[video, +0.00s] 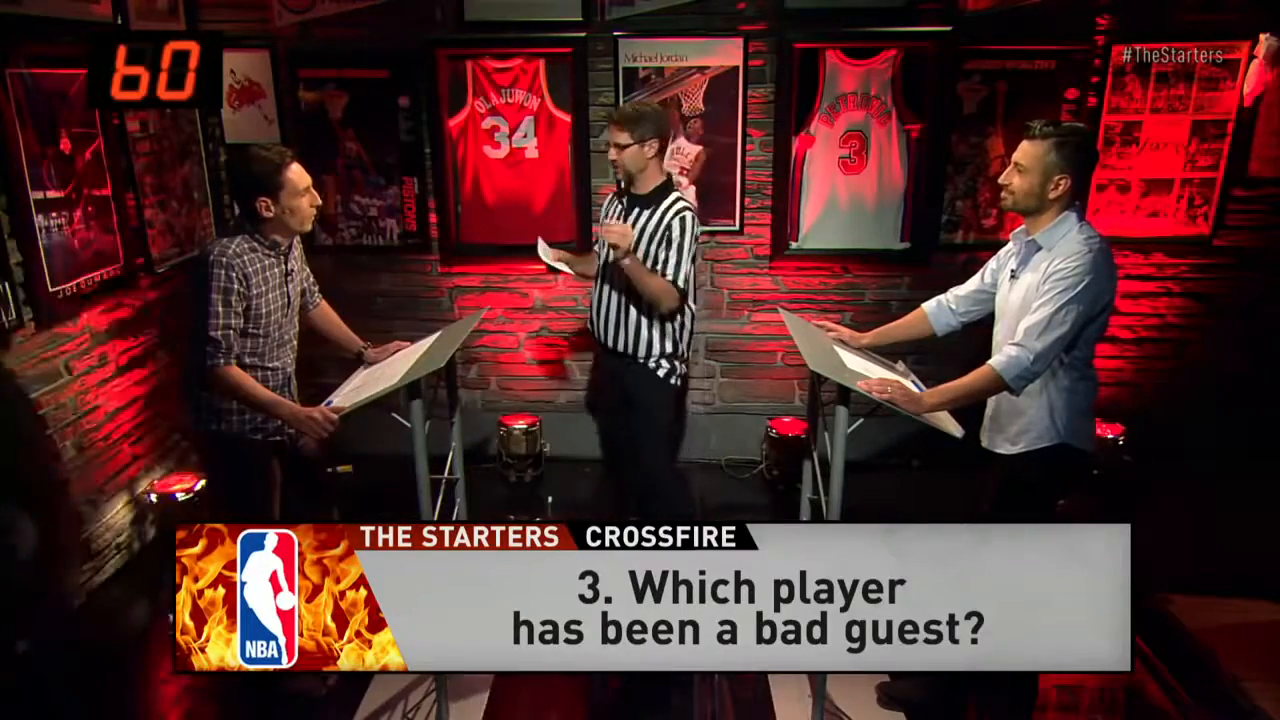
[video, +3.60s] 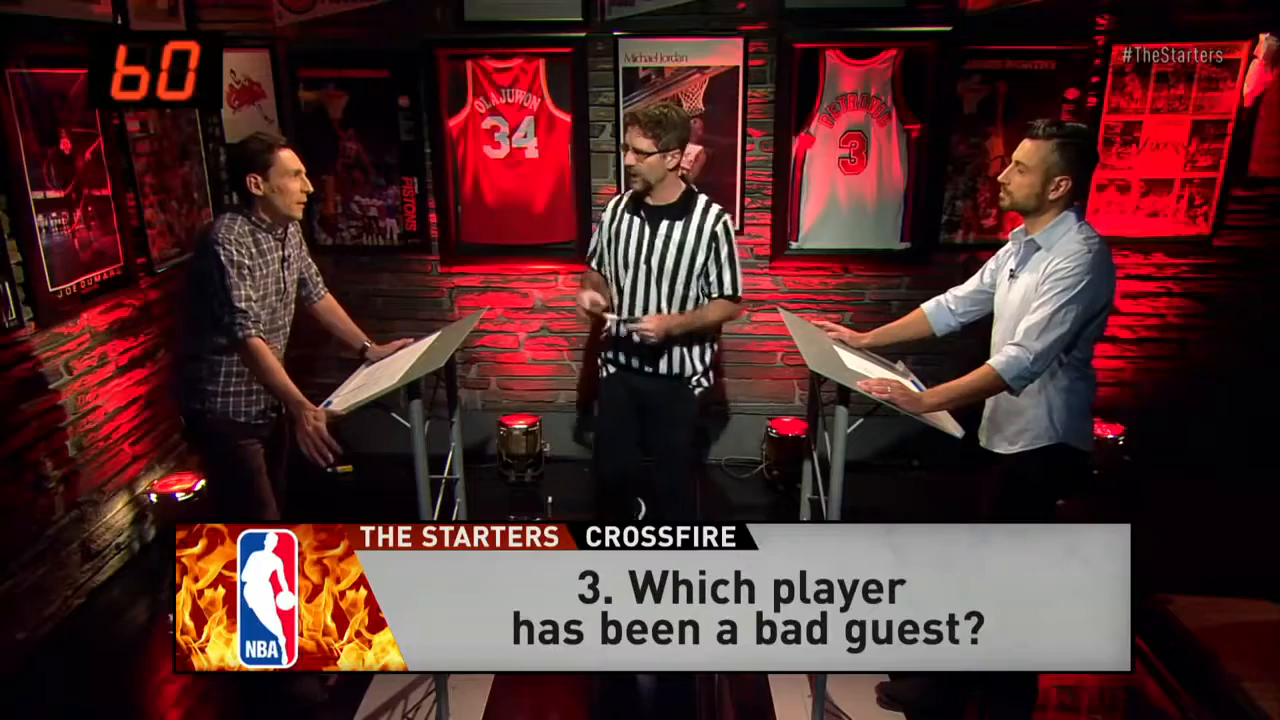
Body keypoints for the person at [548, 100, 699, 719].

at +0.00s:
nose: (612, 157)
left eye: (621, 148)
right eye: (609, 147)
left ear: (654, 148)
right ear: (621, 149)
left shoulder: (677, 214)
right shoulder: (617, 201)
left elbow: (668, 299)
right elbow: (612, 271)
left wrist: (625, 256)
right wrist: (574, 262)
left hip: (654, 373)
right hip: (612, 362)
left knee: (655, 486)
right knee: (618, 481)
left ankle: (674, 570)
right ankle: (629, 563)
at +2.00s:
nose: (633, 147)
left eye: (647, 141)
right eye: (630, 137)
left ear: (675, 151)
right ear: (624, 140)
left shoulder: (706, 217)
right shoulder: (611, 209)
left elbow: (713, 304)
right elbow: (599, 282)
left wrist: (675, 297)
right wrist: (580, 284)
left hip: (677, 383)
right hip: (617, 375)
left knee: (671, 491)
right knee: (610, 482)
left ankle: (675, 572)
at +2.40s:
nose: (695, 151)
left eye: (695, 142)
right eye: (684, 144)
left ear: (687, 149)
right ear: (648, 153)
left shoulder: (709, 212)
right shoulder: (611, 215)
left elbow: (727, 292)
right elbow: (579, 284)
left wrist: (733, 258)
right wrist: (602, 303)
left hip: (686, 379)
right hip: (626, 380)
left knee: (675, 492)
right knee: (623, 490)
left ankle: (671, 585)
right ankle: (616, 585)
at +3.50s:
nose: (628, 162)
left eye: (638, 154)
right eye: (627, 152)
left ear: (675, 158)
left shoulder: (717, 222)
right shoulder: (616, 211)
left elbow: (732, 303)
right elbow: (599, 275)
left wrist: (679, 321)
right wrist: (600, 300)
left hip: (682, 385)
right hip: (620, 380)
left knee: (675, 493)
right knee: (612, 487)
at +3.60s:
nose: (628, 161)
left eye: (640, 153)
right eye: (627, 150)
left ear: (675, 158)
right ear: (625, 149)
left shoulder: (712, 221)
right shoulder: (616, 211)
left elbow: (728, 305)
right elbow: (598, 279)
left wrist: (673, 324)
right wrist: (593, 297)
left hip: (681, 385)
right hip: (619, 379)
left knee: (675, 494)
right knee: (611, 489)